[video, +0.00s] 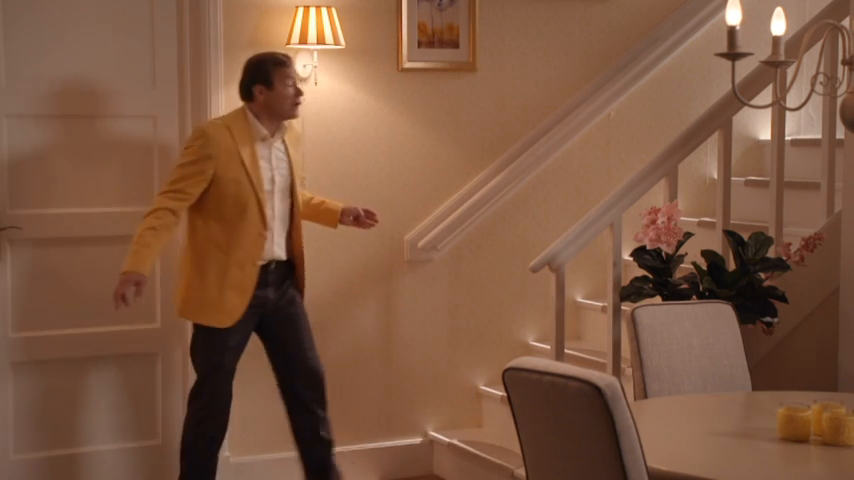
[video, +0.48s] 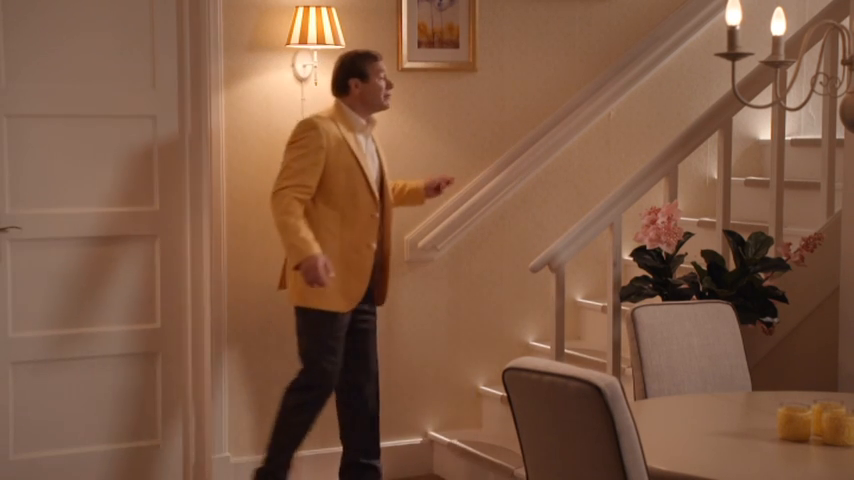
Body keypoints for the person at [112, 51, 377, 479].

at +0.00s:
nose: (300, 93)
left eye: (298, 85)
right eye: (290, 86)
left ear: (273, 95)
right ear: (259, 93)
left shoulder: (286, 138)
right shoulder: (214, 137)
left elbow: (287, 201)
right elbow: (171, 204)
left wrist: (340, 214)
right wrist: (138, 264)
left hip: (279, 285)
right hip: (226, 290)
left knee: (308, 386)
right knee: (211, 400)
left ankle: (325, 476)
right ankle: (195, 479)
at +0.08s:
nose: (315, 95)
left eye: (313, 87)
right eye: (306, 88)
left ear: (286, 97)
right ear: (275, 95)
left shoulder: (294, 143)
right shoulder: (228, 138)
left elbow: (293, 205)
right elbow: (186, 201)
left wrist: (346, 216)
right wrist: (160, 261)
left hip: (287, 287)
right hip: (238, 292)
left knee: (323, 383)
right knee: (218, 399)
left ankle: (351, 476)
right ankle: (197, 478)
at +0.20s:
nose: (339, 96)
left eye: (337, 88)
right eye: (331, 89)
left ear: (310, 98)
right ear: (302, 97)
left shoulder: (317, 148)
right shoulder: (257, 142)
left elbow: (321, 209)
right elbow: (217, 203)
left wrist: (371, 217)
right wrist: (205, 259)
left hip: (313, 290)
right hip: (265, 292)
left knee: (340, 383)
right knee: (235, 398)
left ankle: (358, 476)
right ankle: (203, 478)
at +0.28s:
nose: (357, 95)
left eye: (355, 89)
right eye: (349, 89)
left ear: (328, 98)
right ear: (321, 97)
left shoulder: (334, 147)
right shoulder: (279, 142)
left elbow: (338, 210)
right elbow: (244, 206)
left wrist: (389, 216)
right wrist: (237, 260)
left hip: (333, 290)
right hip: (289, 293)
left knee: (358, 387)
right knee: (255, 396)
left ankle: (362, 476)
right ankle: (211, 477)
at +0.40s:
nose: (380, 92)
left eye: (378, 84)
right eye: (373, 85)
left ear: (350, 92)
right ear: (345, 92)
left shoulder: (355, 142)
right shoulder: (304, 137)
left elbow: (361, 203)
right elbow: (274, 205)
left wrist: (413, 201)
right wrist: (284, 260)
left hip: (352, 287)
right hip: (313, 288)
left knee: (365, 386)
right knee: (291, 386)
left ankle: (363, 474)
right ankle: (241, 475)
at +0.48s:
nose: (389, 86)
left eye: (387, 79)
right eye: (381, 79)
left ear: (359, 87)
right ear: (354, 86)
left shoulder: (365, 137)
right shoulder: (316, 131)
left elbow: (373, 196)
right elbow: (286, 199)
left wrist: (423, 190)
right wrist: (306, 253)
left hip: (359, 285)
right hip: (320, 283)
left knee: (360, 387)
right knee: (318, 377)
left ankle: (362, 473)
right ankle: (270, 474)